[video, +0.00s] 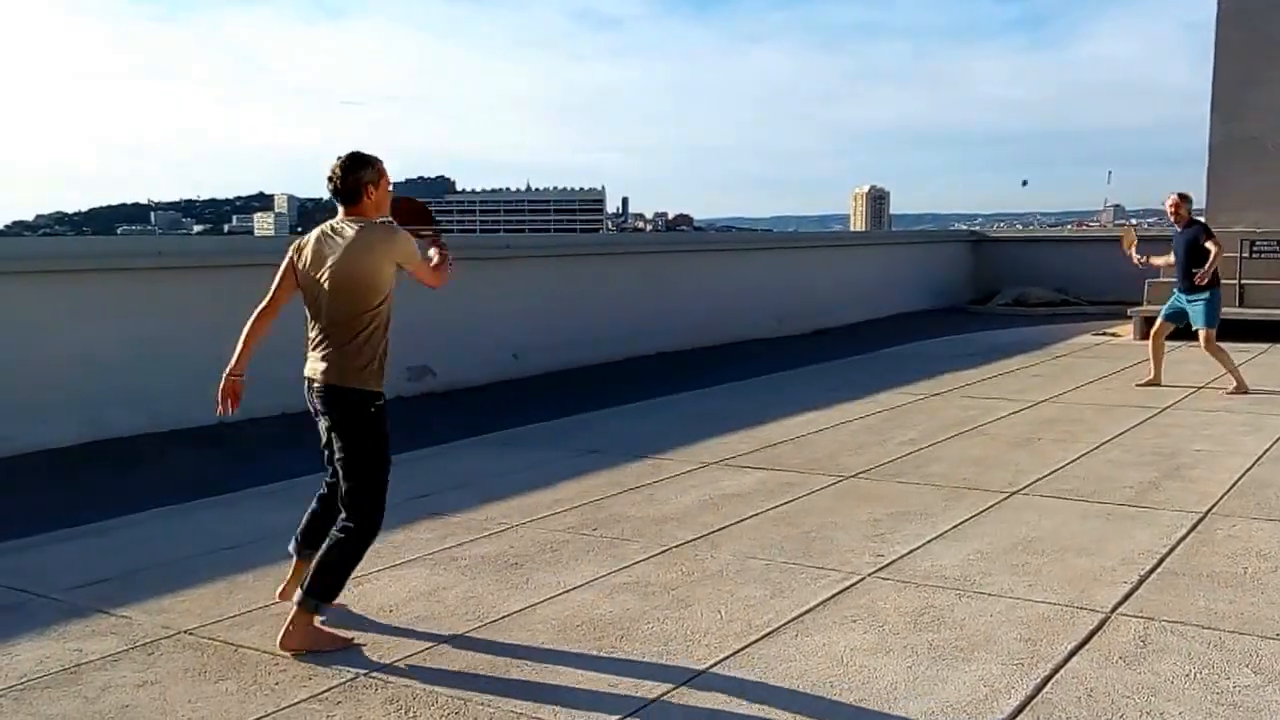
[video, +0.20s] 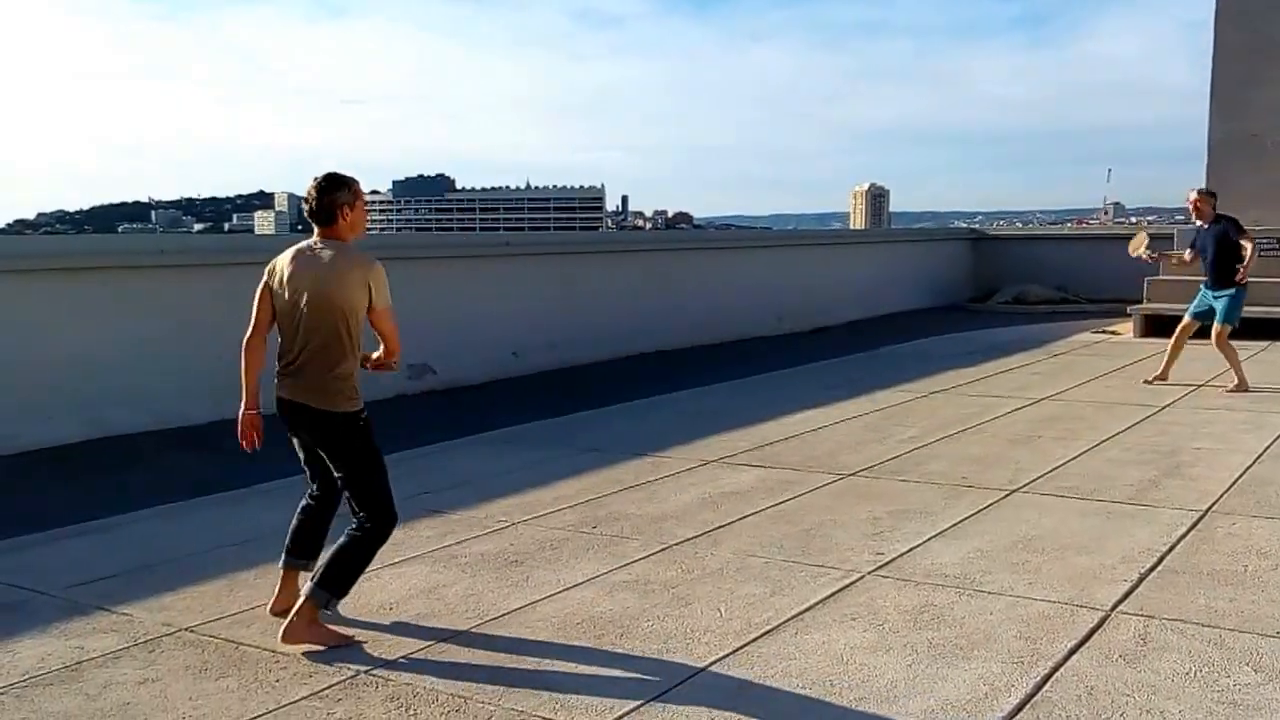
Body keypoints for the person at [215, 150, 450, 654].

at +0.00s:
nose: (391, 189)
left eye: (387, 181)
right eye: (386, 182)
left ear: (345, 194)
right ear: (371, 190)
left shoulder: (308, 243)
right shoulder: (387, 235)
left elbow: (267, 309)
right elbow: (433, 276)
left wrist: (235, 368)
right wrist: (438, 258)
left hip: (317, 386)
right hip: (356, 394)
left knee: (336, 486)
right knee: (362, 515)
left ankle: (296, 581)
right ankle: (301, 626)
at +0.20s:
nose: (367, 214)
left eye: (364, 205)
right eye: (362, 206)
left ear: (320, 215)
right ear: (344, 213)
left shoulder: (282, 263)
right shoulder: (364, 267)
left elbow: (254, 336)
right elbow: (389, 342)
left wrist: (249, 402)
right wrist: (382, 358)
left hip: (291, 405)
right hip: (338, 410)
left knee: (323, 488)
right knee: (377, 515)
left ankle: (287, 590)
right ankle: (306, 617)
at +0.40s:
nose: (366, 173)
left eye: (363, 163)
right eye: (361, 165)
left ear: (323, 174)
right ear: (343, 172)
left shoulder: (293, 219)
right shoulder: (345, 228)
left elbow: (261, 294)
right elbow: (348, 312)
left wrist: (280, 343)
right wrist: (377, 353)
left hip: (282, 364)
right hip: (317, 369)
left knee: (307, 468)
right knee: (353, 483)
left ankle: (282, 569)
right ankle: (312, 603)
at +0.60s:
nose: (359, 186)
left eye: (355, 179)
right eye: (352, 180)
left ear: (327, 192)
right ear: (334, 192)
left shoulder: (332, 241)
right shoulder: (301, 251)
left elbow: (350, 312)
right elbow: (283, 340)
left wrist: (406, 347)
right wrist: (334, 390)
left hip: (308, 386)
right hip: (294, 391)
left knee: (295, 483)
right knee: (354, 494)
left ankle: (248, 574)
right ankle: (321, 615)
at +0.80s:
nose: (335, 183)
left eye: (330, 176)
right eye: (328, 178)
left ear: (310, 196)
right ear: (309, 195)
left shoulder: (338, 235)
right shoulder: (267, 259)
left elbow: (406, 260)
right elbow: (226, 336)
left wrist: (475, 272)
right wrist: (275, 379)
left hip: (317, 382)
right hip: (287, 389)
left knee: (295, 481)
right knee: (356, 482)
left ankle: (245, 575)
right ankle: (316, 608)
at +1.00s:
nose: (325, 182)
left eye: (318, 175)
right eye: (316, 178)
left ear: (296, 197)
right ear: (297, 195)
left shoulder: (343, 229)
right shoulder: (257, 265)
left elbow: (418, 212)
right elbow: (232, 347)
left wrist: (482, 185)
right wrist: (240, 332)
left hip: (337, 391)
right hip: (298, 399)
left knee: (318, 493)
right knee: (351, 507)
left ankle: (251, 563)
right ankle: (294, 624)